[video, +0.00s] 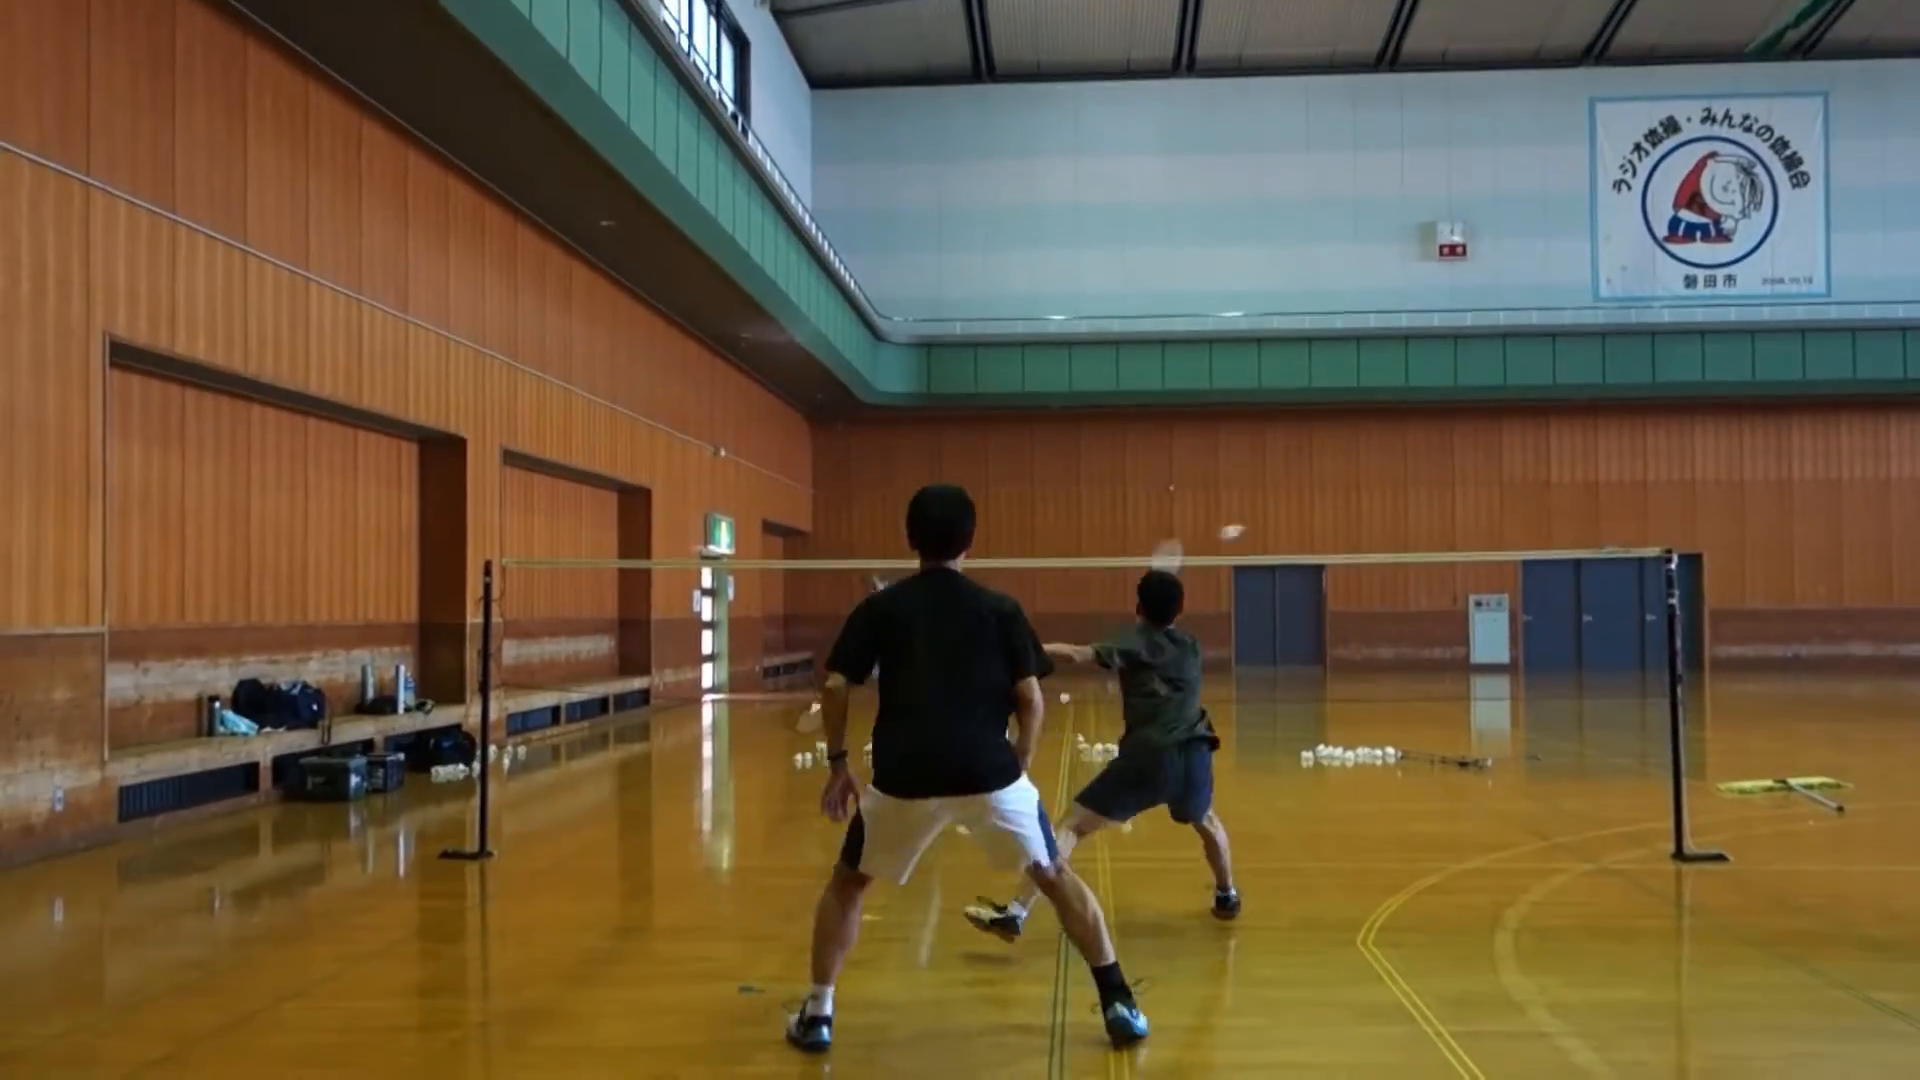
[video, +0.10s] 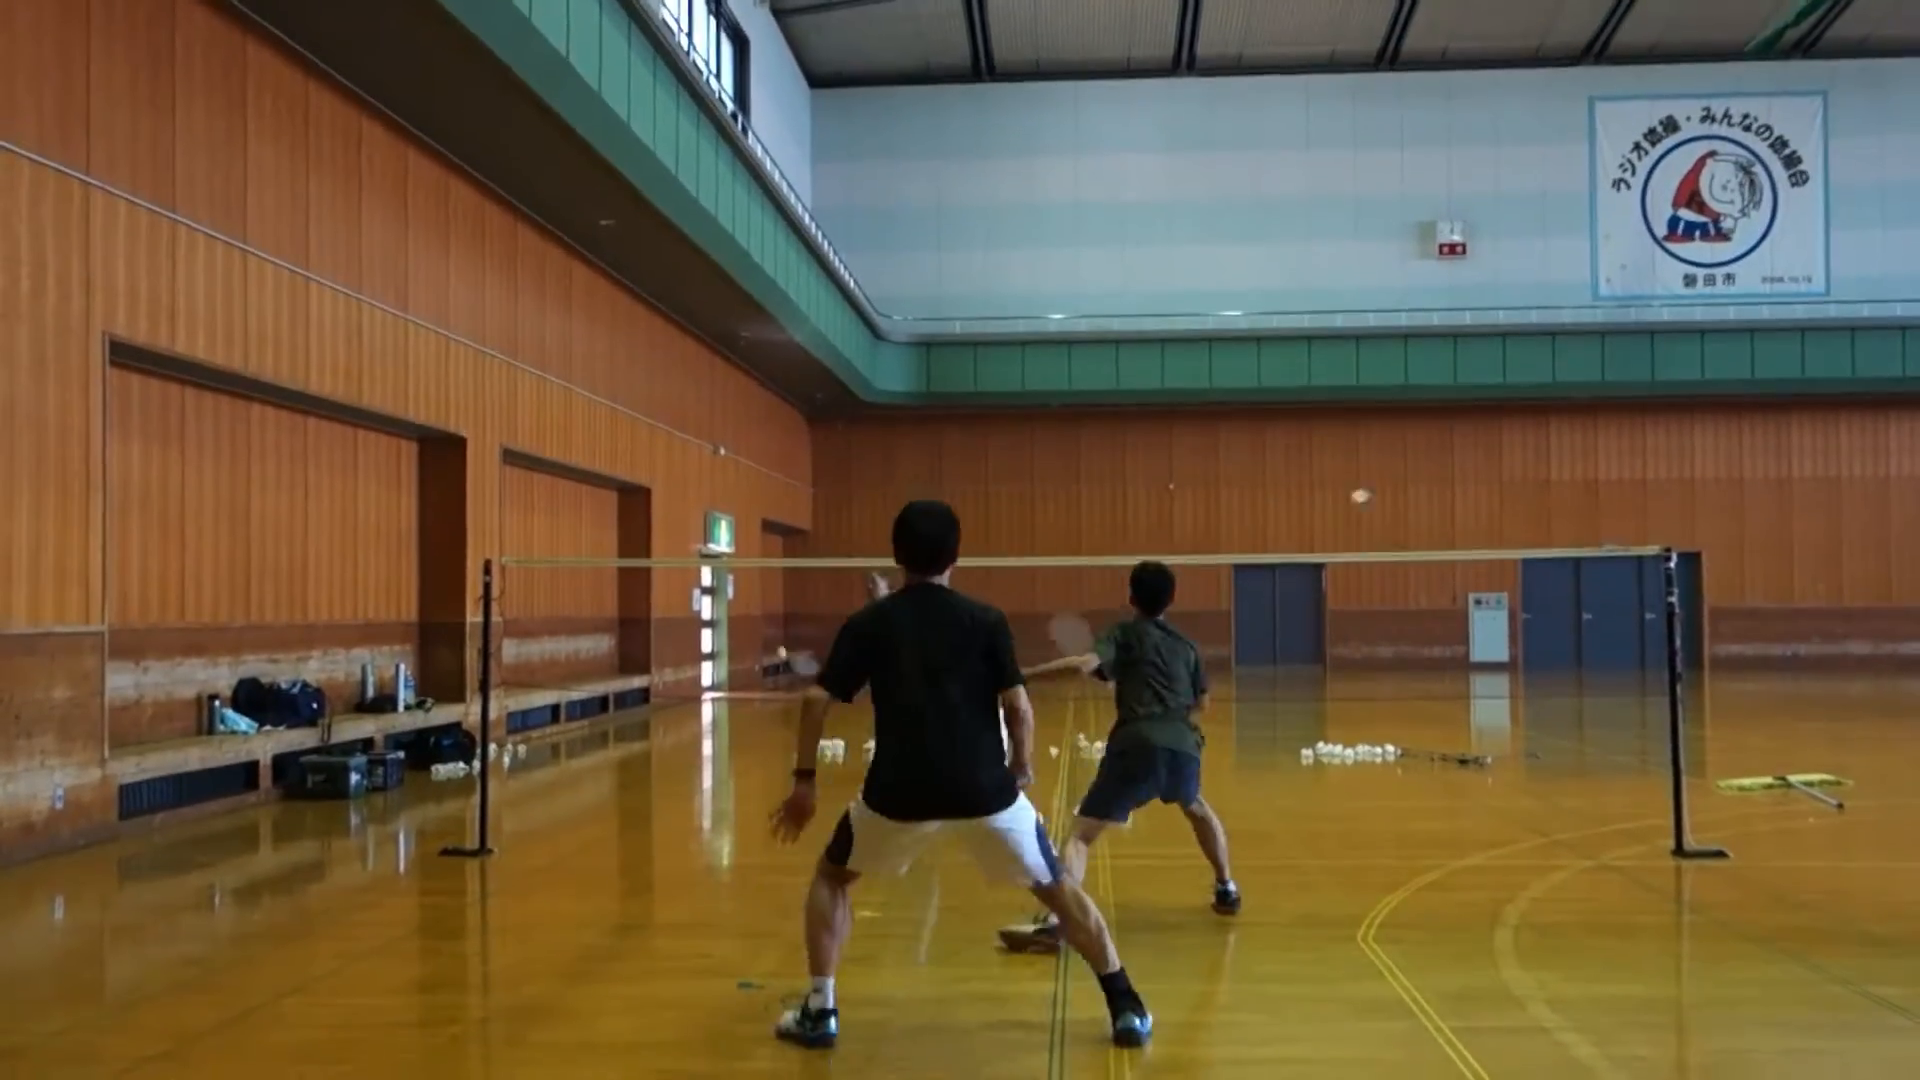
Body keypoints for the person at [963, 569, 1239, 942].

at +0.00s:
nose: (1137, 602)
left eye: (1140, 597)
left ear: (1139, 606)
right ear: (1177, 611)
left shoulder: (1135, 645)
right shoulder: (1189, 646)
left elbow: (1076, 654)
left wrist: (1025, 648)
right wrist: (1162, 581)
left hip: (1146, 759)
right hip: (1194, 758)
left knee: (1074, 828)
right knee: (1207, 821)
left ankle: (1016, 912)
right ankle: (1227, 894)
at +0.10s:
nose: (1128, 597)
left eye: (1130, 591)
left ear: (1132, 598)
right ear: (1169, 601)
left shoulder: (1123, 634)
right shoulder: (1186, 646)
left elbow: (1083, 664)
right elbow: (1199, 703)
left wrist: (1021, 675)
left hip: (1135, 746)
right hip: (1183, 747)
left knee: (1082, 836)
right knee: (1196, 806)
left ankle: (1058, 922)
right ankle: (1226, 886)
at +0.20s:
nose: (1113, 570)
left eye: (1114, 564)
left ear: (1115, 569)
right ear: (1153, 574)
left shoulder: (1098, 604)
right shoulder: (1171, 629)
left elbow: (1076, 648)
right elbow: (1188, 701)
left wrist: (1039, 695)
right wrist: (1169, 739)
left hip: (1103, 723)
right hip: (1153, 727)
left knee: (1045, 804)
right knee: (1183, 801)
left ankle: (1046, 878)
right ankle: (1217, 879)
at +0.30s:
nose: (1090, 570)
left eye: (1091, 564)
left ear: (1090, 568)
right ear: (1129, 571)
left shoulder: (1071, 610)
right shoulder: (1151, 624)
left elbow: (1052, 670)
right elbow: (1161, 694)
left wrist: (1023, 717)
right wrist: (1144, 726)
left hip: (1079, 725)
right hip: (1133, 728)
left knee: (1012, 796)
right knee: (1161, 794)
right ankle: (1196, 873)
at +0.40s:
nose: (1062, 576)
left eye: (1063, 571)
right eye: (1071, 571)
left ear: (1064, 577)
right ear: (1100, 579)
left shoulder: (1048, 622)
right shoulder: (1119, 631)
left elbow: (1020, 675)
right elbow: (1124, 696)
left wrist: (975, 715)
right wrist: (1110, 737)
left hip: (1050, 739)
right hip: (1105, 741)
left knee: (978, 798)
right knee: (1152, 808)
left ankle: (947, 887)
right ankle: (1195, 883)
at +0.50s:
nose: (1001, 586)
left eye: (1004, 581)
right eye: (1005, 580)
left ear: (1007, 589)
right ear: (1042, 592)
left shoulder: (1002, 637)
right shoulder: (1052, 637)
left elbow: (979, 681)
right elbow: (1054, 698)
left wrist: (935, 717)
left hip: (1014, 752)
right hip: (1058, 753)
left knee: (933, 815)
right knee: (1100, 830)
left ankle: (959, 906)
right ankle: (1178, 891)